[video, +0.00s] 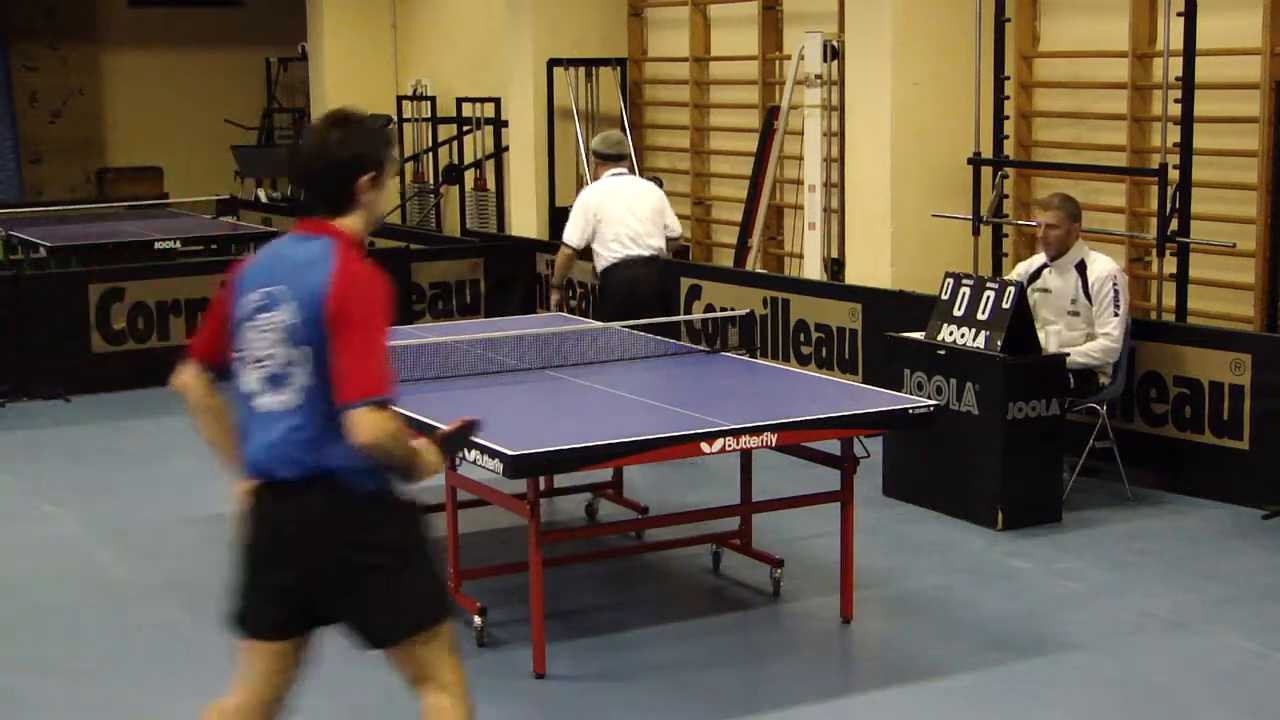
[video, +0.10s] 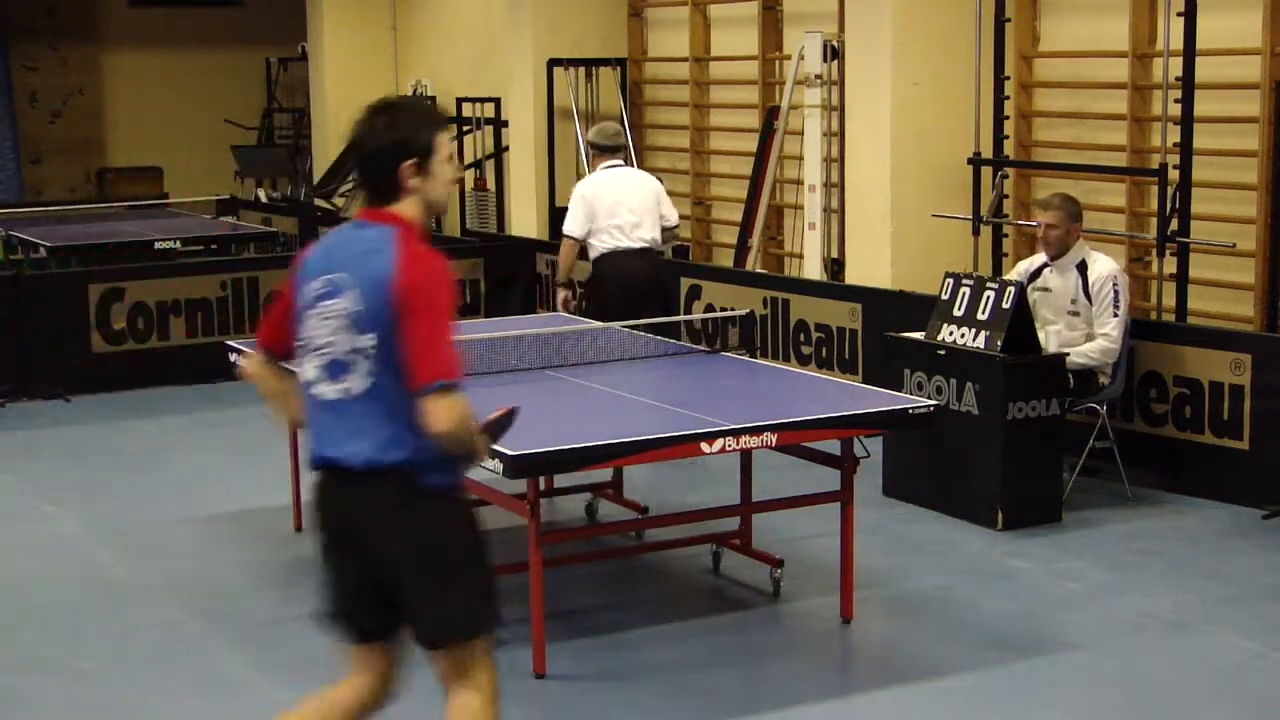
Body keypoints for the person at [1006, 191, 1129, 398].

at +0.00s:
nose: (1041, 235)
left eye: (1051, 228)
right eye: (1038, 226)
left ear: (1075, 231)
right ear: (1035, 226)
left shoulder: (1105, 274)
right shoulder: (1025, 271)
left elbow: (1110, 346)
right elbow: (997, 323)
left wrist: (1053, 362)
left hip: (1086, 375)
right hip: (1031, 370)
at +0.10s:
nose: (1041, 235)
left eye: (1051, 228)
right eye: (1039, 226)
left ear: (1075, 231)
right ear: (1035, 225)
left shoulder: (1105, 274)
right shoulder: (1026, 270)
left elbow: (1108, 347)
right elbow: (995, 317)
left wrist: (1050, 363)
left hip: (1085, 375)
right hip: (1031, 369)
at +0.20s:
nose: (1040, 234)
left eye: (1051, 227)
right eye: (1039, 226)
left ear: (1075, 231)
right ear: (1036, 226)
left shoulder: (1104, 273)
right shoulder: (1027, 268)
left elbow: (1107, 348)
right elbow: (992, 302)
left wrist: (1047, 362)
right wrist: (982, 279)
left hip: (1082, 375)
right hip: (1029, 370)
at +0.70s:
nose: (1043, 232)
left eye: (1053, 224)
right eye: (1040, 224)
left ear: (1075, 227)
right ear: (1036, 225)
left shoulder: (1105, 271)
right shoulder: (1029, 266)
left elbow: (1121, 341)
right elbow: (994, 286)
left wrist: (1068, 347)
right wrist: (973, 280)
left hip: (1084, 372)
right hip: (1031, 365)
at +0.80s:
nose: (1047, 231)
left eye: (1056, 223)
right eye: (1042, 223)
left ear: (1075, 227)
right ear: (1036, 226)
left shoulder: (1105, 270)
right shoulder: (1027, 268)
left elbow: (1125, 339)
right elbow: (993, 302)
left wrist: (1071, 345)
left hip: (1085, 373)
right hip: (1032, 367)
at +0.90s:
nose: (1049, 230)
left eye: (1058, 222)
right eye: (1043, 222)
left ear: (1074, 226)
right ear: (1036, 227)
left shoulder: (1102, 269)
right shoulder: (1024, 272)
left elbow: (1128, 336)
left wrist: (1074, 349)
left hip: (1086, 374)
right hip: (1035, 370)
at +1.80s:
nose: (1039, 253)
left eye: (1046, 245)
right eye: (1033, 245)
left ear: (1066, 234)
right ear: (1026, 239)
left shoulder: (1099, 269)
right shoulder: (1029, 271)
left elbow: (1101, 338)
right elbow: (1017, 326)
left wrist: (1052, 361)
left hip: (1088, 365)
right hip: (1038, 364)